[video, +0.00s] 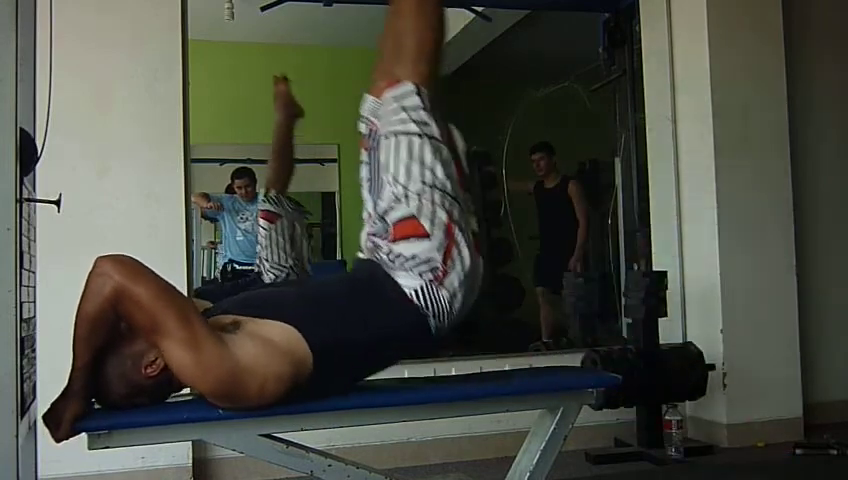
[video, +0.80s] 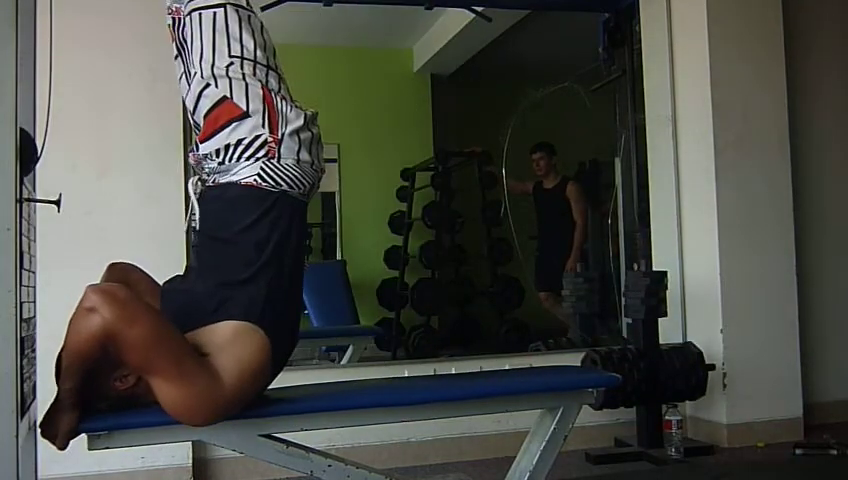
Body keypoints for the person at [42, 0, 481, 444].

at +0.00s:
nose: (146, 338)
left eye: (134, 344)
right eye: (140, 347)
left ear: (150, 367)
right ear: (152, 365)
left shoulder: (212, 346)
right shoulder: (216, 365)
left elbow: (112, 274)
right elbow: (110, 273)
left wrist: (78, 381)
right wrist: (76, 386)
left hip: (392, 276)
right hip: (426, 283)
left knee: (391, 96)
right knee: (400, 91)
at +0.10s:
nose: (142, 335)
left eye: (129, 339)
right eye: (137, 343)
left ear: (149, 372)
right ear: (149, 367)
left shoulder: (205, 350)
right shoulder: (208, 367)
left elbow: (109, 276)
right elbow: (109, 275)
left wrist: (77, 389)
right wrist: (75, 390)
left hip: (368, 239)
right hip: (397, 242)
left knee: (348, 59)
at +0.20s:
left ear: (144, 375)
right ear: (145, 371)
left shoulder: (203, 358)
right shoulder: (201, 368)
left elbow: (104, 278)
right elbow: (103, 277)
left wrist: (75, 387)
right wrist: (72, 389)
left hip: (344, 212)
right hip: (356, 210)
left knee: (311, 21)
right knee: (313, 13)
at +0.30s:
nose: (137, 342)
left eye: (123, 351)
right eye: (130, 350)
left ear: (136, 376)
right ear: (136, 372)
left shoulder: (197, 362)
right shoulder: (195, 375)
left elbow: (98, 283)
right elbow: (96, 281)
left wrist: (71, 389)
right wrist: (69, 391)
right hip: (325, 186)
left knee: (282, 17)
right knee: (281, 10)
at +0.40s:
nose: (133, 345)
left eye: (120, 349)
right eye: (125, 352)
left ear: (130, 375)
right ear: (133, 372)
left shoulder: (194, 362)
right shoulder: (191, 377)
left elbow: (95, 286)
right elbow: (95, 286)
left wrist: (70, 389)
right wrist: (69, 393)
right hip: (302, 176)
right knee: (256, 5)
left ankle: (204, 68)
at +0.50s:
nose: (125, 358)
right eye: (121, 363)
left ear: (128, 376)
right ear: (130, 375)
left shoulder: (191, 368)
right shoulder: (195, 383)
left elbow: (110, 283)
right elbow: (97, 295)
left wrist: (69, 394)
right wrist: (70, 395)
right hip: (277, 168)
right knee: (241, 3)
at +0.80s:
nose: (123, 360)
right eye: (118, 365)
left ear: (124, 378)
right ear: (126, 378)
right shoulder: (197, 394)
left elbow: (119, 270)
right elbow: (100, 305)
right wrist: (68, 396)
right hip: (261, 162)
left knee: (201, 9)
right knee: (203, 7)